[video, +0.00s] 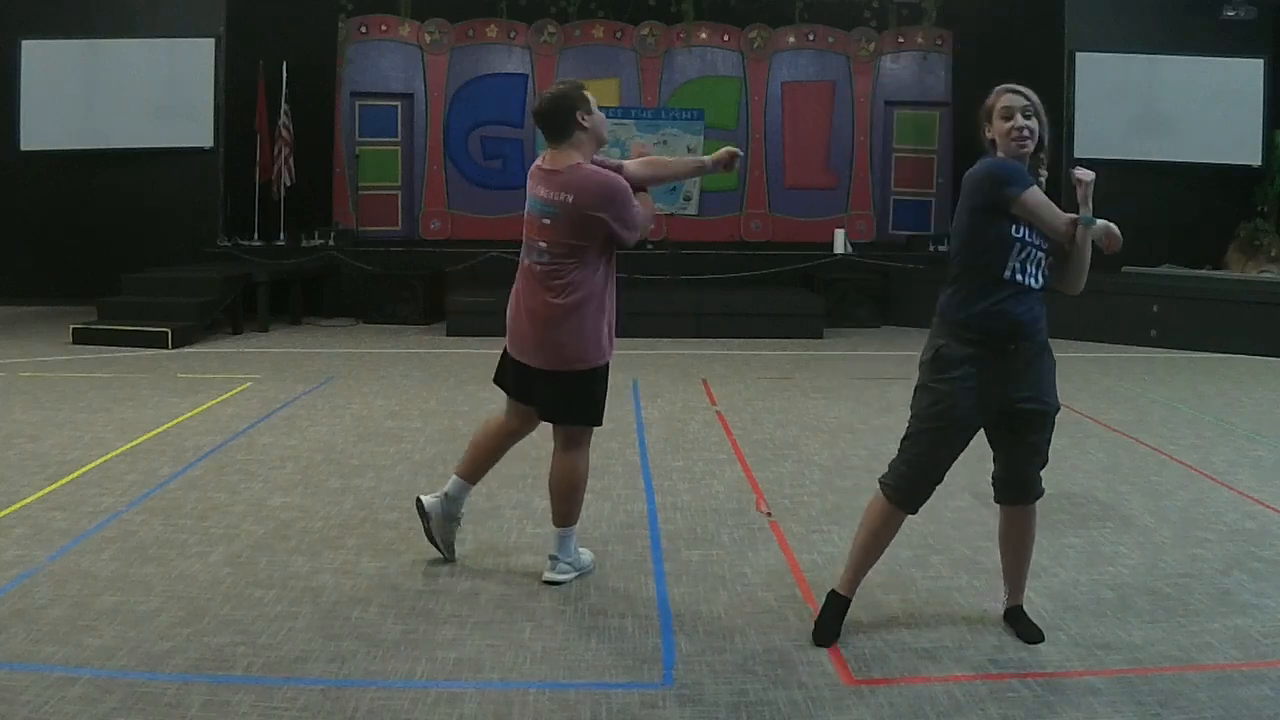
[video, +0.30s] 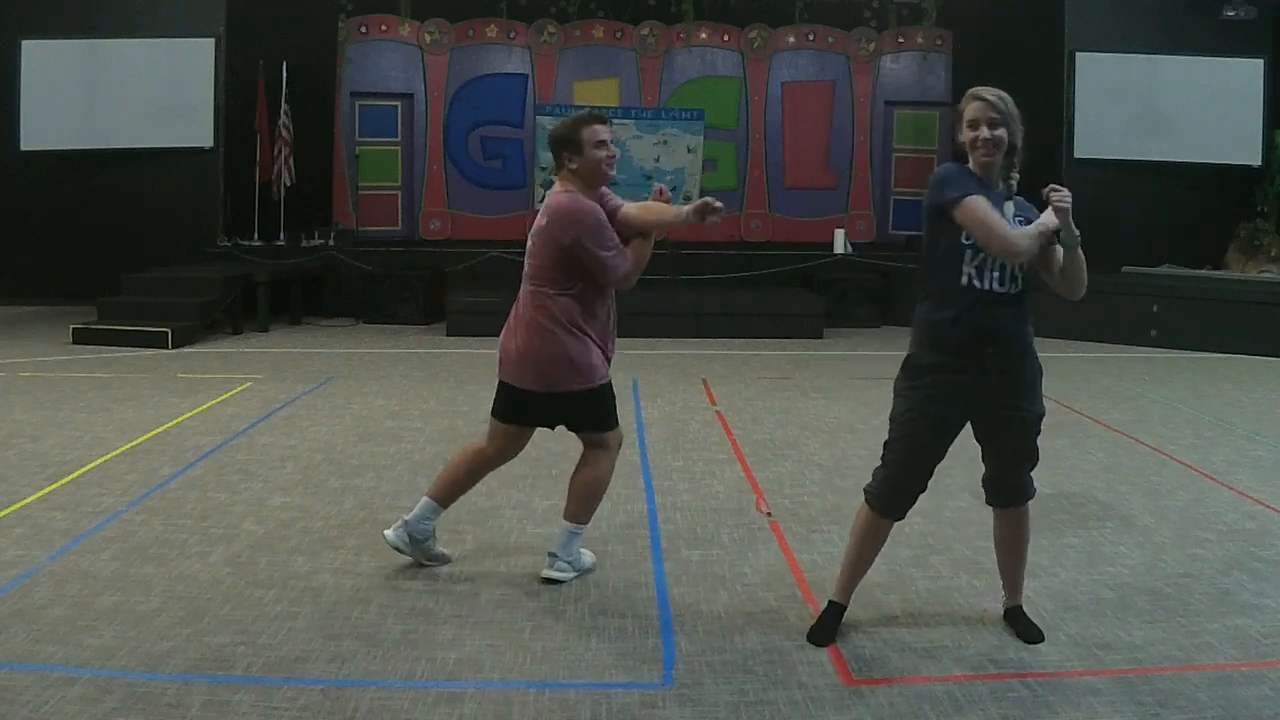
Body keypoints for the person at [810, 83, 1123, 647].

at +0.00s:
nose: (1020, 123)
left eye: (1028, 115)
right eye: (1007, 117)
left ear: (1041, 130)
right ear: (989, 132)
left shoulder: (1041, 206)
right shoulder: (990, 175)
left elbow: (1072, 281)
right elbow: (1063, 228)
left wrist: (1081, 215)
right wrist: (1096, 226)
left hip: (1025, 361)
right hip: (961, 356)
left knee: (1021, 486)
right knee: (908, 481)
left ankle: (1014, 604)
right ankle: (842, 594)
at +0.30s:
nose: (983, 133)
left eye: (994, 124)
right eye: (972, 125)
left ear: (1012, 134)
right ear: (960, 135)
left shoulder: (1026, 210)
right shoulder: (948, 181)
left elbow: (1071, 288)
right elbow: (1012, 248)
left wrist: (1065, 231)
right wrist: (1052, 224)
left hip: (1008, 369)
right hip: (938, 366)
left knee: (1012, 489)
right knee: (893, 488)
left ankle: (1014, 605)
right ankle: (837, 602)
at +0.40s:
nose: (967, 135)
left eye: (978, 125)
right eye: (957, 127)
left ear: (999, 134)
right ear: (946, 138)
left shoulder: (1018, 207)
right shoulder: (928, 191)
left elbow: (1080, 274)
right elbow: (946, 258)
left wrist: (1059, 225)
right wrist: (1025, 235)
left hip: (1001, 369)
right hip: (929, 366)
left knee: (1008, 490)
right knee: (889, 490)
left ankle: (1013, 604)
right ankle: (838, 605)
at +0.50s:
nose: (949, 132)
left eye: (961, 123)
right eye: (940, 124)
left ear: (983, 133)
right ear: (930, 134)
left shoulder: (1005, 198)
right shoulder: (909, 194)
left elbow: (1078, 248)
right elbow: (906, 269)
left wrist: (1027, 204)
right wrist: (991, 249)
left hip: (995, 368)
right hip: (921, 366)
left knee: (1004, 491)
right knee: (885, 490)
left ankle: (1013, 604)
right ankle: (839, 605)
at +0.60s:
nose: (931, 133)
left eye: (943, 123)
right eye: (923, 125)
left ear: (968, 130)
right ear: (915, 133)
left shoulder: (999, 190)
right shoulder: (898, 198)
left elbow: (1041, 227)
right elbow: (893, 276)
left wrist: (964, 194)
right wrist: (972, 260)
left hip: (988, 365)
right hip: (914, 364)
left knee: (1002, 490)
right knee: (880, 490)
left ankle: (1013, 604)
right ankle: (839, 605)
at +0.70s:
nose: (918, 132)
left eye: (929, 123)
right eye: (910, 124)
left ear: (955, 131)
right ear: (903, 135)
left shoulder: (987, 181)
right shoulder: (886, 203)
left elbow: (981, 218)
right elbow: (890, 279)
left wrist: (889, 201)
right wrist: (966, 256)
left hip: (982, 362)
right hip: (909, 362)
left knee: (999, 489)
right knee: (877, 489)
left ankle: (1012, 604)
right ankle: (838, 605)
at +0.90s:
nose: (900, 133)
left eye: (911, 124)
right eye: (892, 126)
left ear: (937, 130)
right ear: (886, 136)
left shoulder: (969, 176)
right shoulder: (875, 207)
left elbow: (914, 208)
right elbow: (874, 279)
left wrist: (814, 214)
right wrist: (908, 230)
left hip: (975, 359)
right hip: (901, 361)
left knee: (995, 487)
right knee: (875, 488)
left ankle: (1013, 603)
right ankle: (839, 604)